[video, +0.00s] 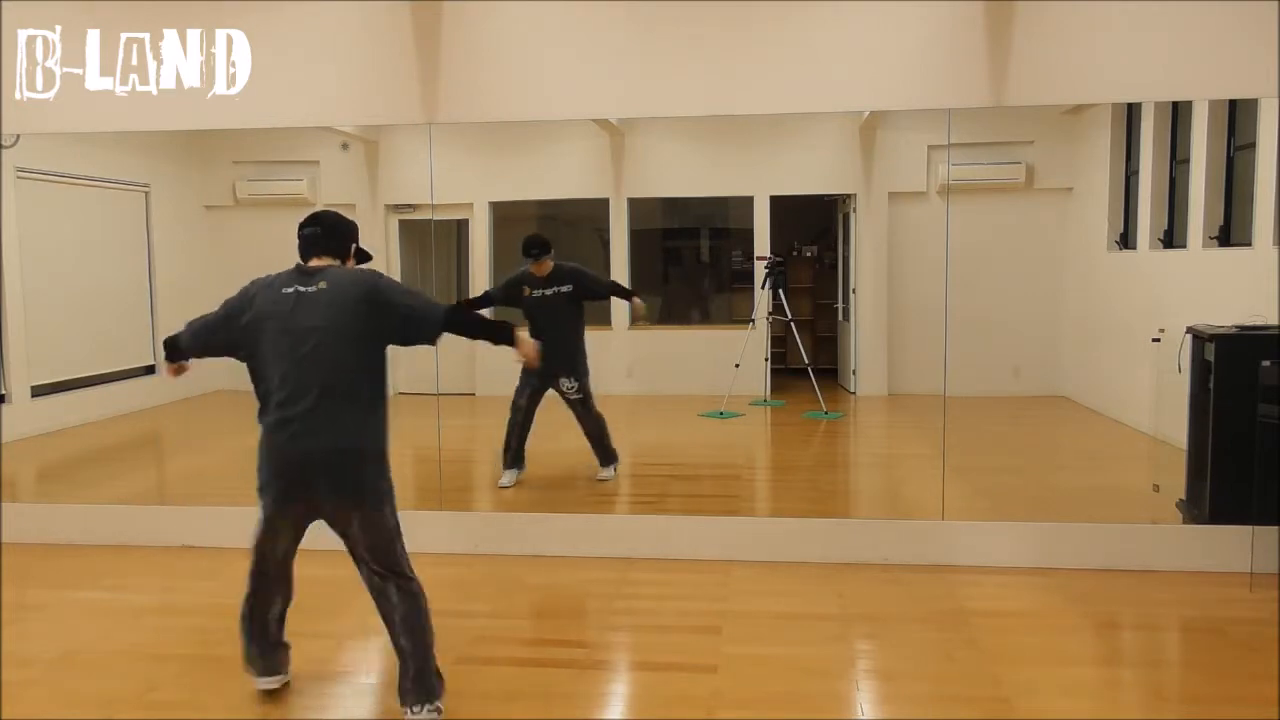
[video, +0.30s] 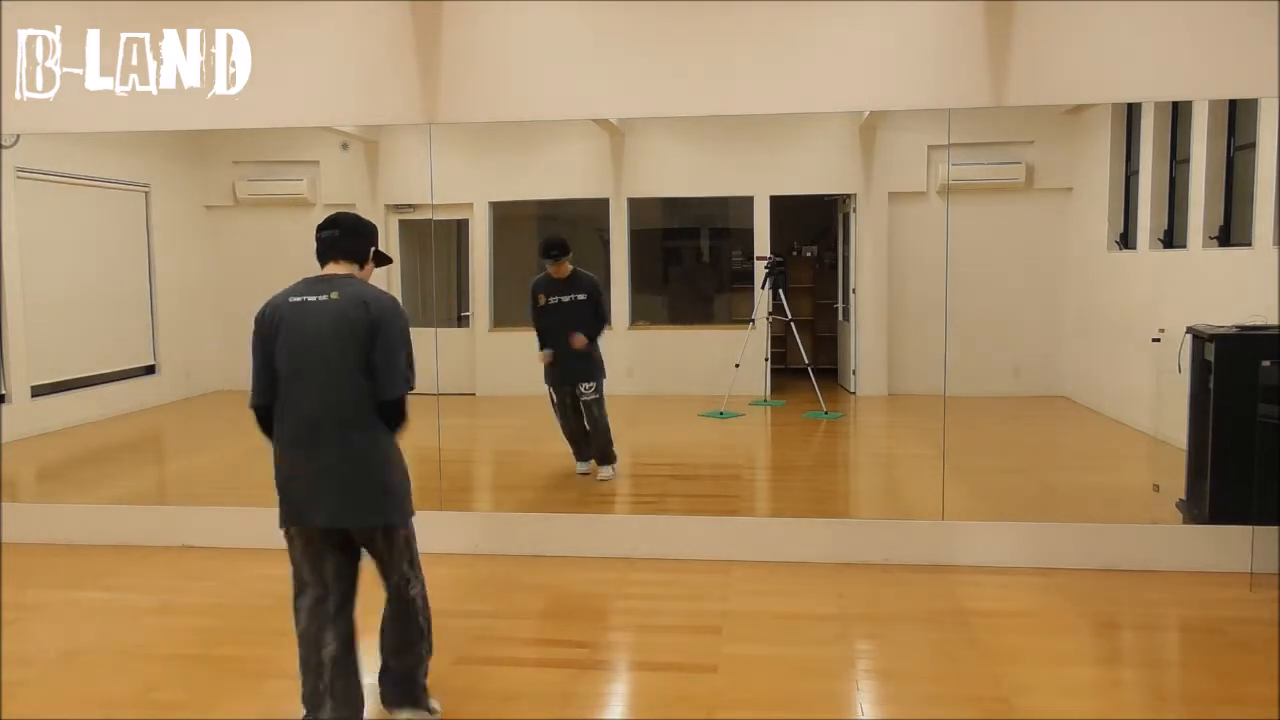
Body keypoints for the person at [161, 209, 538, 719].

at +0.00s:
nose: (355, 262)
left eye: (353, 257)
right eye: (355, 256)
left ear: (300, 253)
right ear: (348, 255)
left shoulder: (260, 295)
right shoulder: (367, 286)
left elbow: (199, 333)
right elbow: (444, 316)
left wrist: (174, 353)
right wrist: (511, 336)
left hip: (284, 465)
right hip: (355, 463)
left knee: (271, 558)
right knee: (391, 576)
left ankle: (266, 665)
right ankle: (422, 698)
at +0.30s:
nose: (374, 270)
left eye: (374, 264)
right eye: (376, 263)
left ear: (319, 256)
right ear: (369, 260)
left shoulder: (275, 310)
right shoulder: (380, 307)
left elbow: (264, 407)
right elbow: (392, 403)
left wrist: (301, 445)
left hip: (304, 489)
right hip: (371, 483)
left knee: (319, 603)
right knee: (406, 588)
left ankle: (328, 711)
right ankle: (404, 693)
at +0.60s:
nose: (372, 278)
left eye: (373, 271)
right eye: (372, 269)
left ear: (317, 259)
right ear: (362, 264)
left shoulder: (273, 295)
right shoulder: (365, 298)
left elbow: (296, 371)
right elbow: (371, 384)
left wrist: (381, 387)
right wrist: (394, 386)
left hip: (268, 478)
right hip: (336, 478)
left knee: (289, 602)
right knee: (344, 590)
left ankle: (317, 708)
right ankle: (322, 676)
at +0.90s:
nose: (336, 295)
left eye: (338, 286)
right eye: (338, 285)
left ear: (290, 270)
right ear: (329, 278)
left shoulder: (230, 310)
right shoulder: (326, 324)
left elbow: (207, 388)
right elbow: (344, 407)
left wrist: (245, 424)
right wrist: (363, 425)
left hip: (243, 474)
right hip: (306, 474)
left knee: (272, 560)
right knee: (345, 569)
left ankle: (256, 638)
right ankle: (317, 680)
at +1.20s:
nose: (275, 274)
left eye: (276, 266)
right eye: (275, 265)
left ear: (223, 252)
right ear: (262, 258)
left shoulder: (167, 297)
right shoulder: (267, 294)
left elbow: (108, 344)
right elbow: (345, 324)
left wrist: (65, 370)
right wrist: (425, 339)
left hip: (165, 471)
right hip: (238, 470)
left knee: (165, 581)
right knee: (289, 574)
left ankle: (156, 684)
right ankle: (282, 683)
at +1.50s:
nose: (231, 272)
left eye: (232, 264)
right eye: (231, 263)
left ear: (174, 258)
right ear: (219, 262)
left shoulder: (123, 311)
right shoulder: (223, 314)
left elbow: (99, 399)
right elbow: (232, 404)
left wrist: (147, 413)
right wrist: (239, 428)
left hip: (124, 474)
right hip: (182, 479)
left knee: (170, 561)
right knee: (157, 599)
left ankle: (189, 656)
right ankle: (86, 714)